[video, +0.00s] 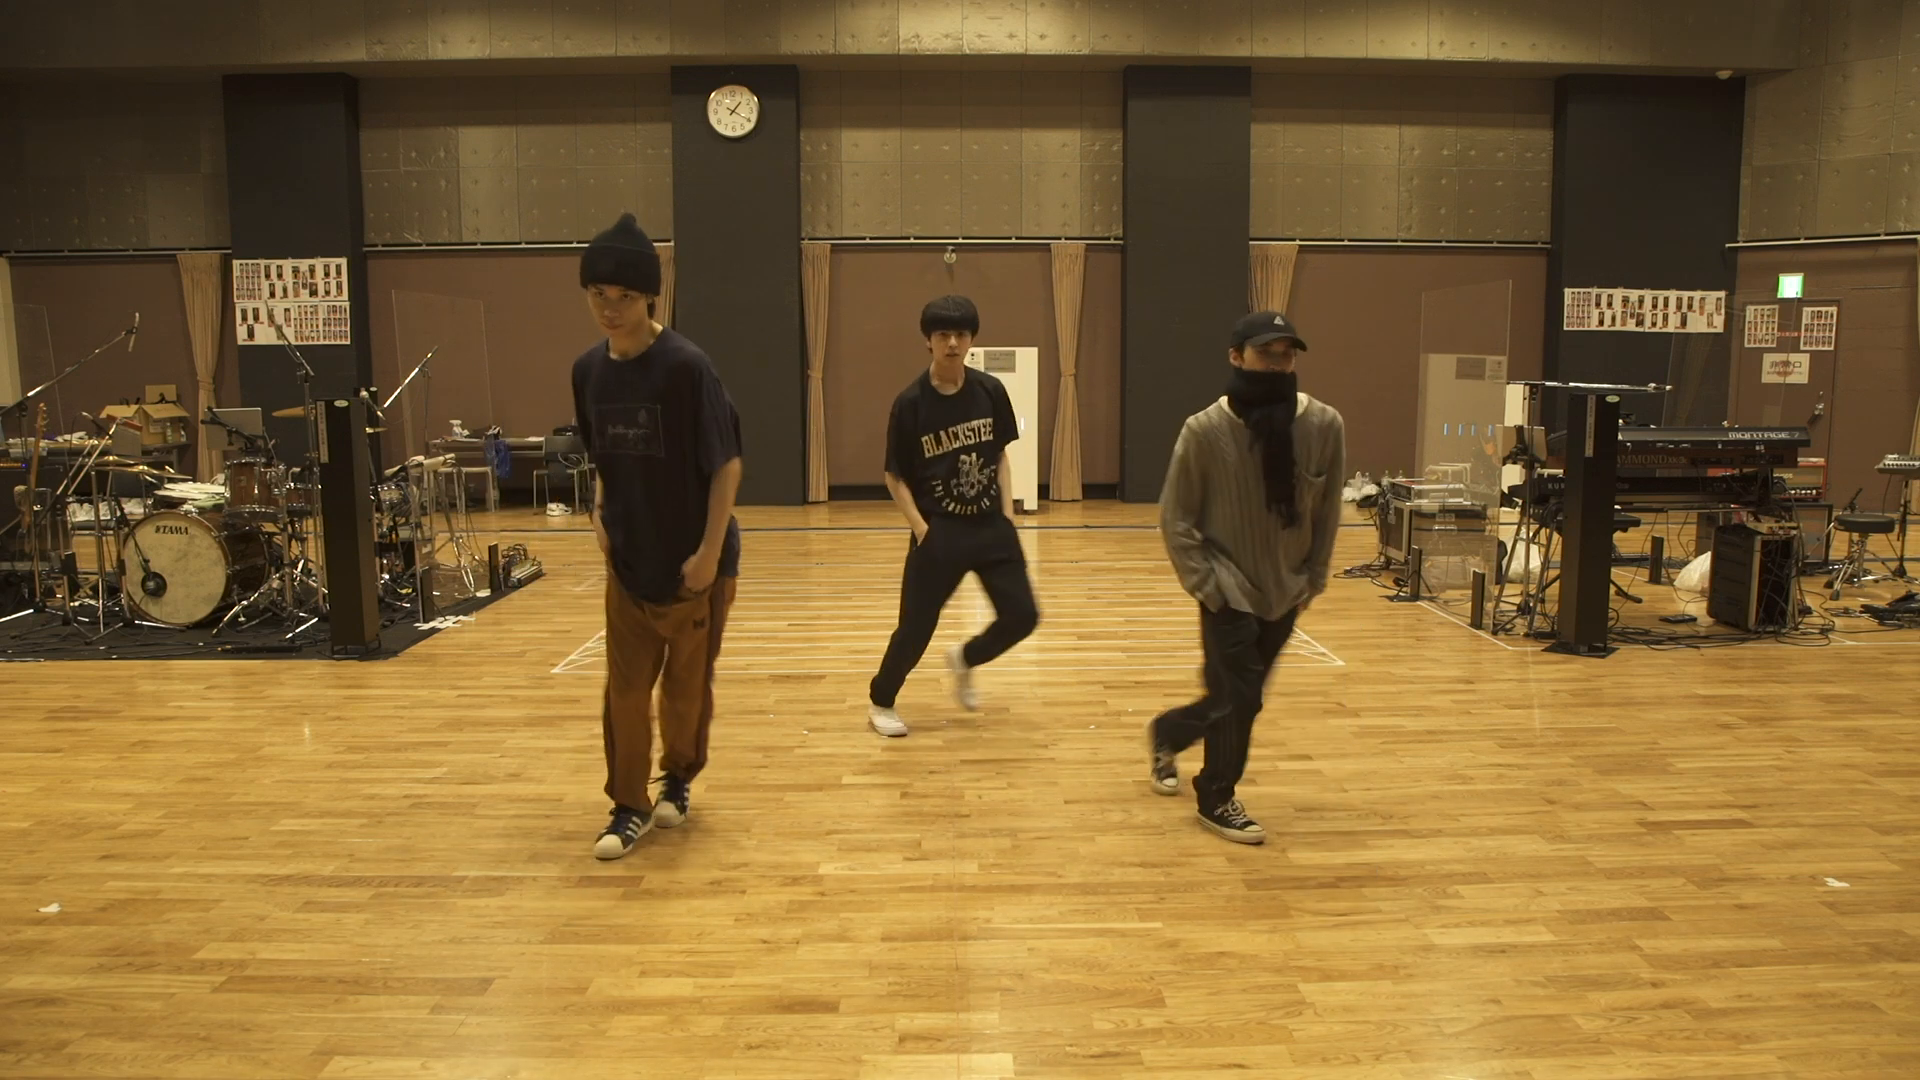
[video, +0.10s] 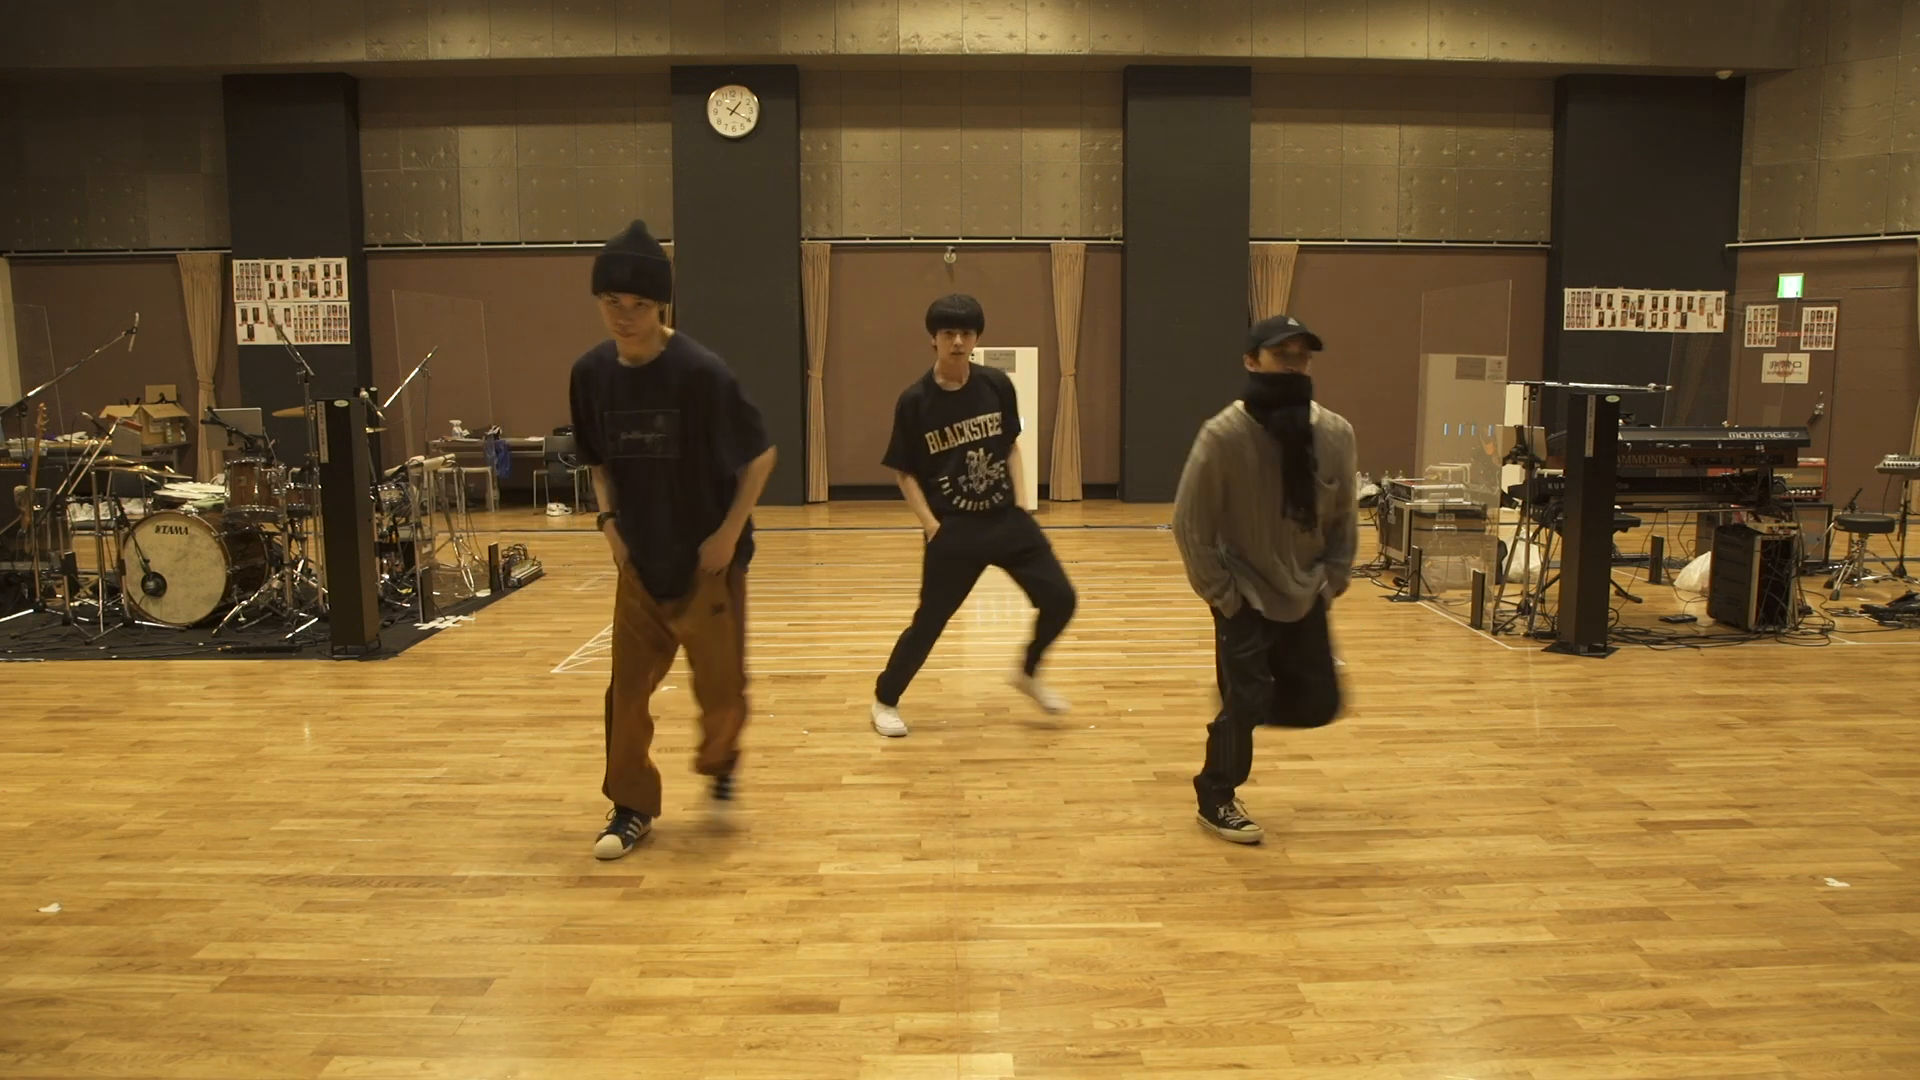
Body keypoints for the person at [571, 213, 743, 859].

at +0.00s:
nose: (610, 308)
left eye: (622, 297)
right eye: (600, 297)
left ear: (651, 296)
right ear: (588, 298)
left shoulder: (688, 368)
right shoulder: (589, 372)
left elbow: (727, 464)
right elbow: (602, 465)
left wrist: (708, 553)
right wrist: (605, 530)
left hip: (694, 559)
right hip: (629, 558)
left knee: (686, 682)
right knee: (625, 688)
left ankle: (679, 778)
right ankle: (628, 807)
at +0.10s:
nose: (623, 316)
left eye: (636, 305)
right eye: (613, 304)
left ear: (662, 305)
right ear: (600, 304)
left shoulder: (702, 373)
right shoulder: (591, 375)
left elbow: (761, 453)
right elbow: (601, 462)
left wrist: (728, 534)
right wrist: (612, 527)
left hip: (708, 559)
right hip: (640, 560)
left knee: (721, 687)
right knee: (625, 690)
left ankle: (720, 766)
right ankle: (631, 807)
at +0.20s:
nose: (651, 314)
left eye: (664, 304)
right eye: (642, 302)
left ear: (690, 303)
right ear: (629, 300)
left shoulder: (734, 369)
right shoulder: (609, 364)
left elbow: (785, 437)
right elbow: (611, 444)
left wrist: (756, 504)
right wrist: (618, 512)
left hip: (724, 555)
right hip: (646, 559)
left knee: (772, 675)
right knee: (621, 690)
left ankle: (806, 791)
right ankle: (624, 808)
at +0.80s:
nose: (572, 304)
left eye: (583, 289)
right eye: (560, 294)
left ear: (616, 288)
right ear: (554, 301)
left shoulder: (662, 373)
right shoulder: (559, 364)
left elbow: (721, 453)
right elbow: (563, 443)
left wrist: (661, 505)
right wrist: (553, 506)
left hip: (639, 553)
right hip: (571, 549)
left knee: (684, 690)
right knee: (551, 683)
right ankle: (547, 805)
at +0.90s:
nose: (552, 298)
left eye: (562, 282)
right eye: (541, 288)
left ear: (596, 280)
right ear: (534, 295)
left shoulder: (643, 363)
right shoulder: (541, 356)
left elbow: (700, 447)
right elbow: (548, 438)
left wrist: (645, 496)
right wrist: (534, 499)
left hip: (618, 543)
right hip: (552, 541)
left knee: (648, 679)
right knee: (545, 679)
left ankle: (688, 822)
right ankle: (548, 805)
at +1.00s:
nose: (534, 291)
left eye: (544, 276)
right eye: (523, 283)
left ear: (578, 275)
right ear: (517, 292)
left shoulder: (631, 360)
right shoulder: (520, 357)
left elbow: (681, 444)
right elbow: (521, 441)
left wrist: (627, 492)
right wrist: (517, 506)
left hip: (602, 533)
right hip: (534, 533)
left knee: (606, 673)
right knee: (538, 675)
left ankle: (617, 815)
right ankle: (547, 805)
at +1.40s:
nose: (511, 272)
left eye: (526, 260)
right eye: (502, 261)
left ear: (558, 271)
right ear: (492, 274)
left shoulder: (600, 345)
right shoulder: (502, 357)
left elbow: (676, 418)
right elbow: (517, 443)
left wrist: (626, 487)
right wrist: (524, 515)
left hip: (615, 535)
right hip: (548, 538)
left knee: (607, 675)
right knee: (568, 677)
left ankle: (587, 798)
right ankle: (610, 830)